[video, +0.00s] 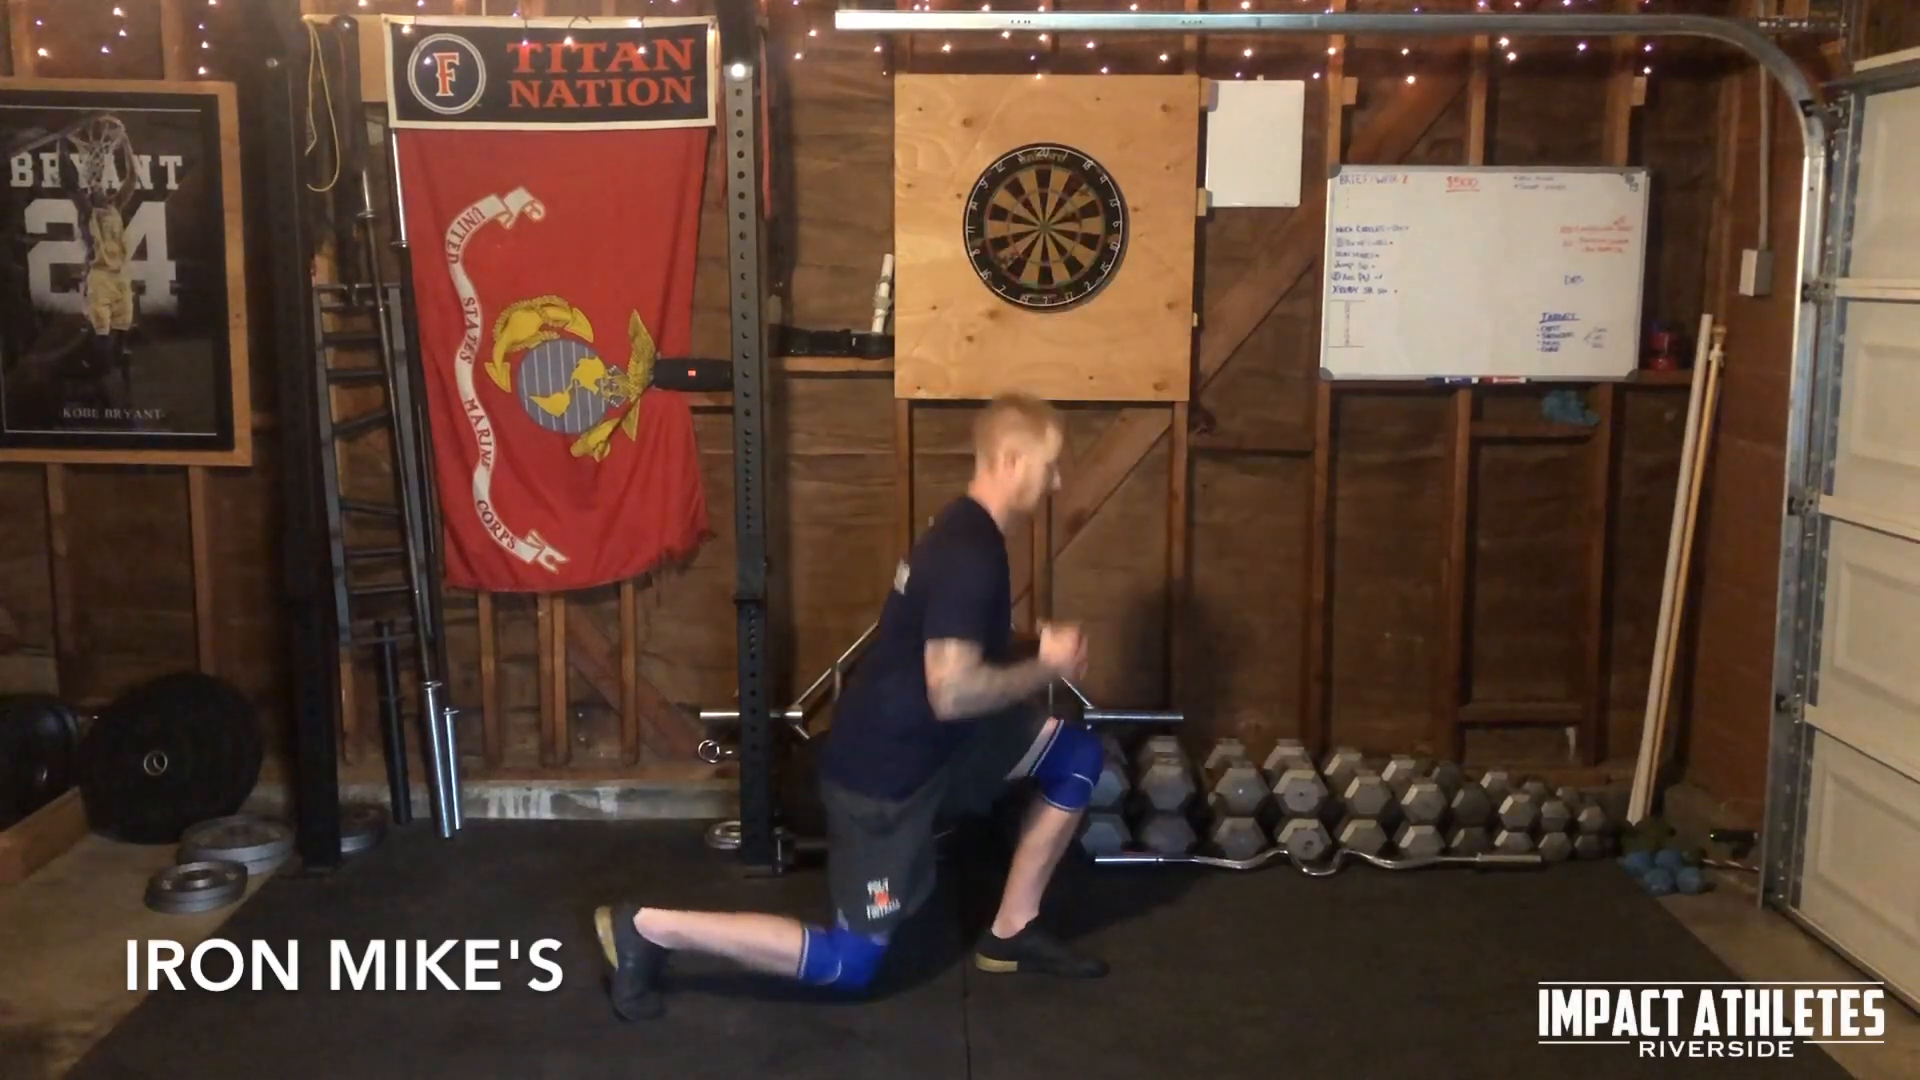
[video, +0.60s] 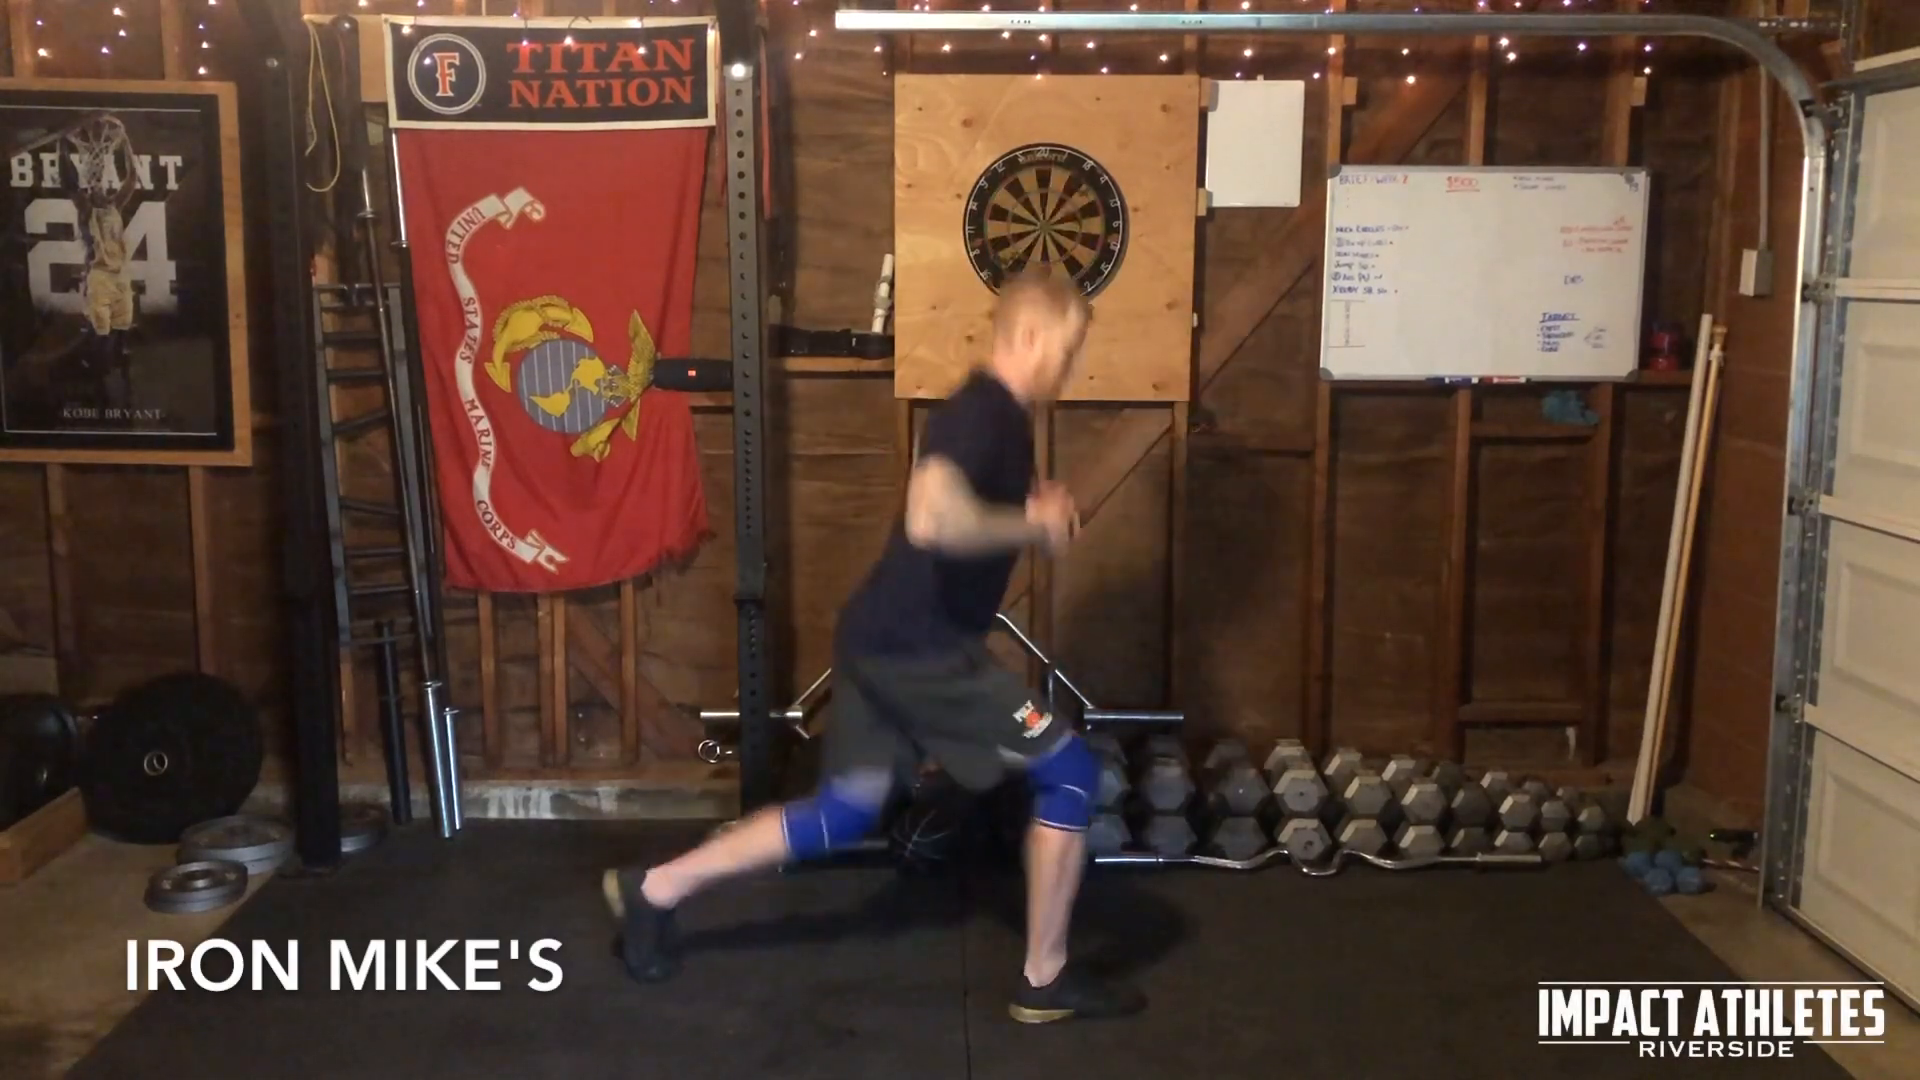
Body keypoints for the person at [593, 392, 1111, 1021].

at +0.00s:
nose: (1054, 480)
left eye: (1056, 466)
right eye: (1049, 464)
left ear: (1002, 458)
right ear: (1010, 460)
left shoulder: (979, 533)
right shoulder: (967, 545)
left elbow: (973, 648)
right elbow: (950, 692)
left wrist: (1037, 648)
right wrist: (1047, 666)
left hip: (939, 745)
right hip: (882, 771)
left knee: (1077, 756)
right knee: (851, 959)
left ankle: (1011, 932)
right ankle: (642, 928)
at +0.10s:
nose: (1052, 417)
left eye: (1054, 401)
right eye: (1048, 400)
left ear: (993, 394)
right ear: (1006, 395)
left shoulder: (981, 474)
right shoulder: (965, 477)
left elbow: (970, 599)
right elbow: (970, 617)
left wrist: (1038, 584)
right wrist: (1057, 579)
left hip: (950, 689)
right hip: (887, 704)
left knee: (1071, 755)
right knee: (839, 896)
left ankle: (1012, 930)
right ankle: (628, 930)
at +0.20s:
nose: (1061, 327)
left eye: (1064, 309)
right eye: (1057, 307)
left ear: (1012, 298)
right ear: (1016, 296)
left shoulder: (988, 382)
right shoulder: (969, 380)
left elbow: (979, 498)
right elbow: (969, 508)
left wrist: (1055, 484)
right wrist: (1060, 488)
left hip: (950, 613)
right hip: (894, 615)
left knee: (1020, 739)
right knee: (862, 803)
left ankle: (1008, 926)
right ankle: (674, 902)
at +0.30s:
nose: (1072, 265)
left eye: (1076, 249)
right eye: (1069, 246)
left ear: (1011, 234)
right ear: (1024, 233)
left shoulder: (990, 315)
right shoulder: (974, 310)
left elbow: (973, 412)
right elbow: (957, 433)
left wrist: (1033, 408)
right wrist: (1041, 433)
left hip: (928, 544)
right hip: (899, 545)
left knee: (966, 718)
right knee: (940, 735)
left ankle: (889, 891)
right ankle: (776, 871)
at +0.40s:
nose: (1073, 255)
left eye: (1079, 240)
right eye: (1071, 234)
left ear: (1016, 223)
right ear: (1025, 219)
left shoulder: (994, 300)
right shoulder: (974, 292)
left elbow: (963, 413)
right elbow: (939, 411)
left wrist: (1033, 413)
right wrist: (1035, 416)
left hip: (901, 532)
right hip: (907, 537)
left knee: (914, 712)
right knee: (986, 712)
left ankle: (756, 832)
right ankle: (912, 911)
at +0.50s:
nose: (1072, 288)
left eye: (1078, 271)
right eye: (1070, 268)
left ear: (1018, 255)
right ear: (1025, 253)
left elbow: (962, 439)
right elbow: (927, 440)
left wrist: (1031, 442)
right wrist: (1027, 445)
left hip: (903, 564)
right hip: (910, 568)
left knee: (852, 741)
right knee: (1020, 737)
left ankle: (679, 839)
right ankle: (1029, 959)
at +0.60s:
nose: (1074, 363)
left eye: (1077, 347)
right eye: (1071, 345)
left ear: (1017, 335)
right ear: (1033, 338)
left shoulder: (1001, 416)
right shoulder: (980, 411)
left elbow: (967, 513)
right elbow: (932, 519)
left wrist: (1031, 509)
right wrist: (1032, 520)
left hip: (885, 636)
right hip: (911, 642)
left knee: (850, 806)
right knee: (1069, 772)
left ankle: (653, 889)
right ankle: (1046, 976)